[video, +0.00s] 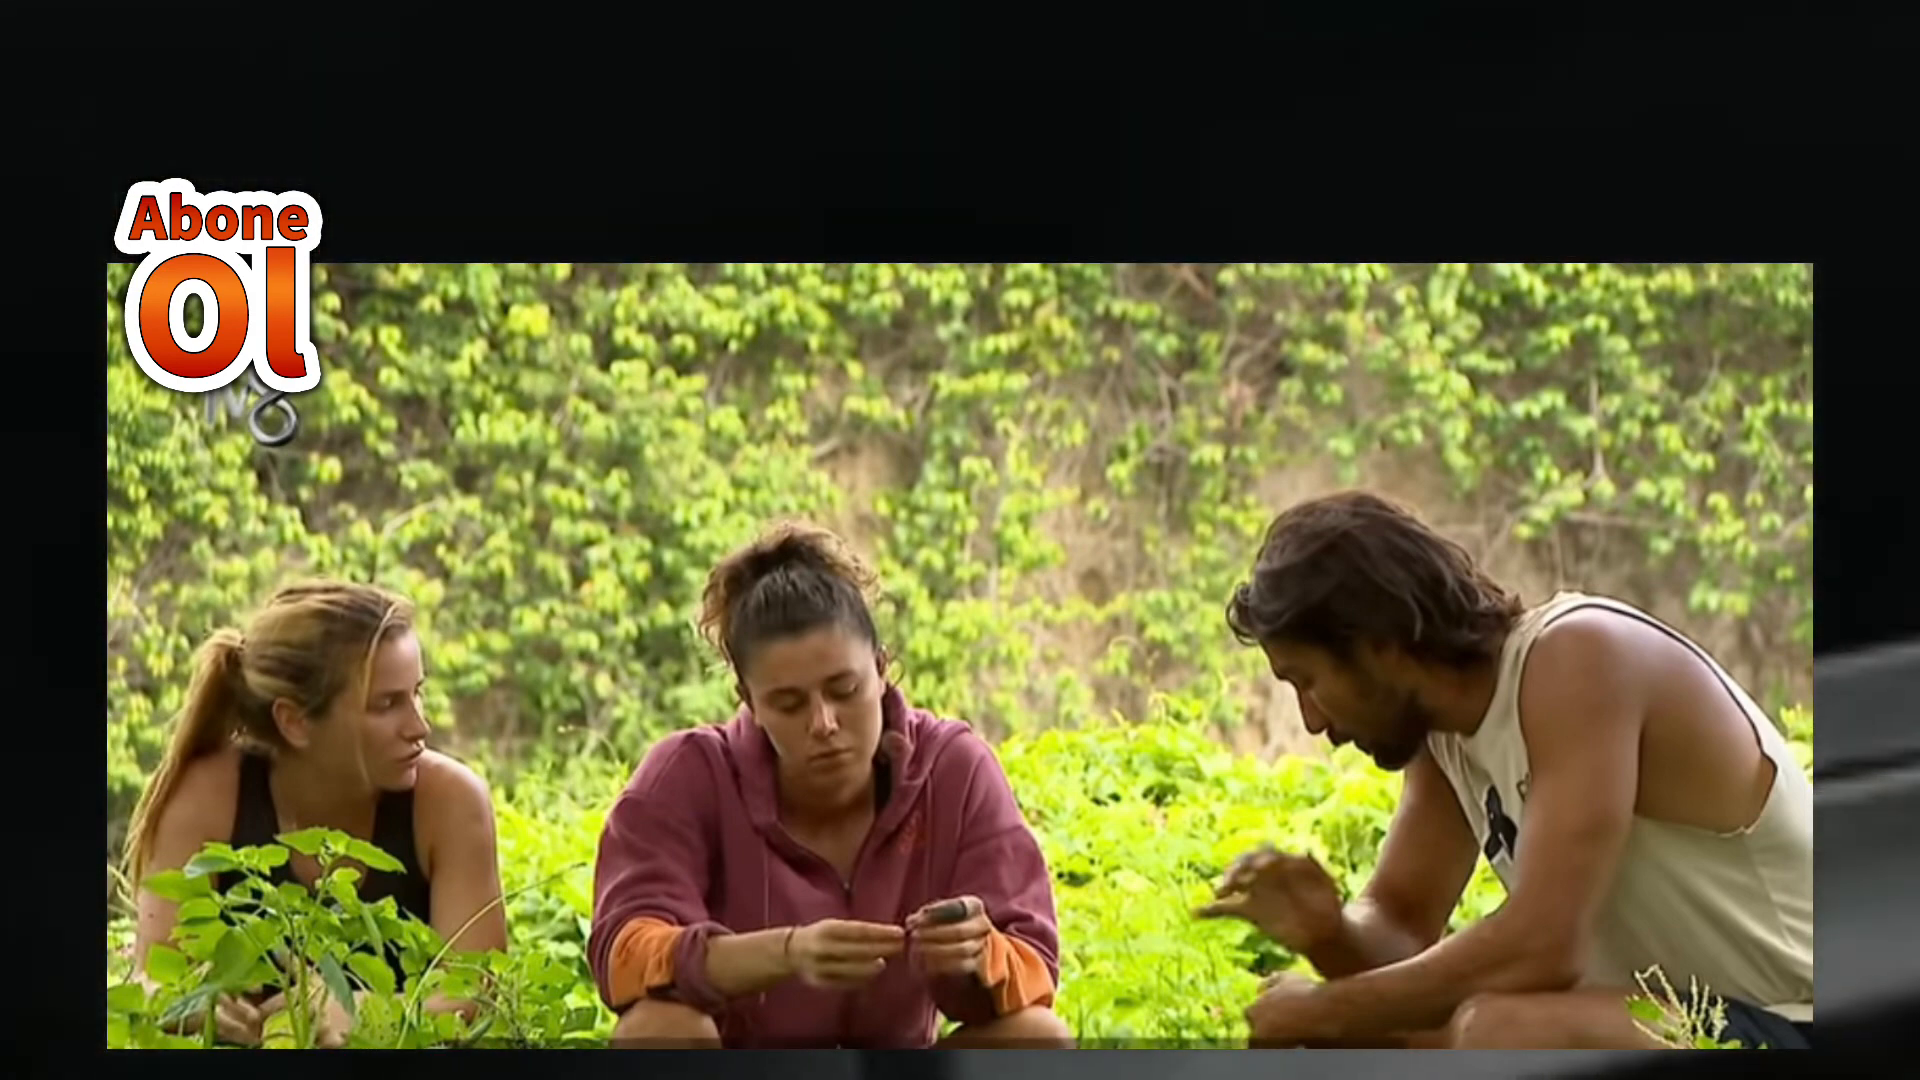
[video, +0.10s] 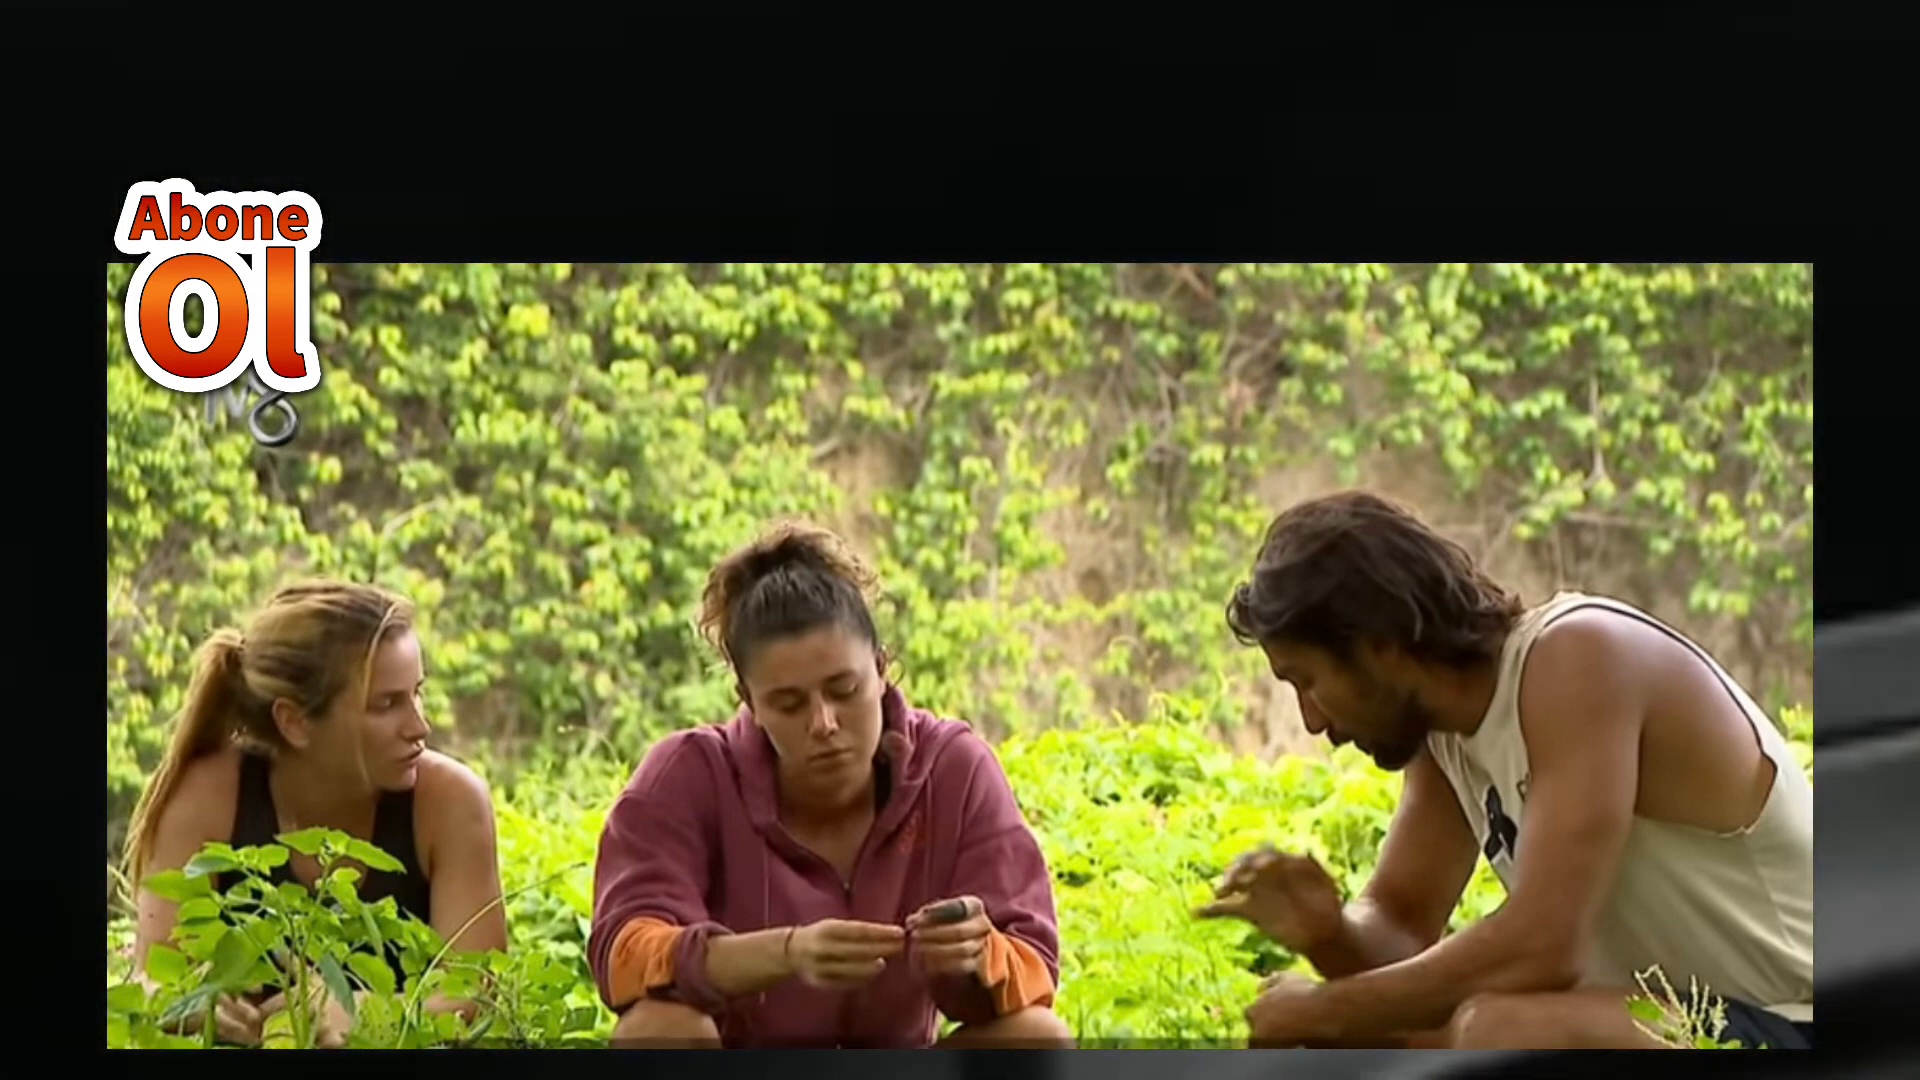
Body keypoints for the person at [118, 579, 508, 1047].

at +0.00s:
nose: (420, 725)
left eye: (417, 695)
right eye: (388, 705)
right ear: (295, 722)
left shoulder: (451, 799)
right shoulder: (205, 792)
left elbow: (470, 1001)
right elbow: (152, 984)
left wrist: (354, 1013)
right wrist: (200, 1009)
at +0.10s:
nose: (420, 725)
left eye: (417, 695)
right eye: (388, 705)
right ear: (295, 723)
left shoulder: (451, 800)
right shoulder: (206, 792)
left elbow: (470, 1002)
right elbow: (152, 983)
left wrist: (354, 1013)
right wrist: (199, 1008)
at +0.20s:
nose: (420, 725)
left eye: (417, 695)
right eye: (388, 705)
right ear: (295, 722)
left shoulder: (451, 799)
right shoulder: (206, 792)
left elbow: (470, 1001)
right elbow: (152, 984)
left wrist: (354, 1012)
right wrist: (199, 1009)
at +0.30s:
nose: (420, 725)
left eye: (417, 695)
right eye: (388, 705)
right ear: (295, 723)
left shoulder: (451, 799)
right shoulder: (206, 792)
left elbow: (471, 1002)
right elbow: (153, 982)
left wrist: (354, 1013)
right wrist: (199, 1008)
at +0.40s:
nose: (420, 725)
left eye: (417, 695)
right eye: (388, 705)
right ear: (295, 722)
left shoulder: (451, 799)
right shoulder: (205, 792)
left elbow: (470, 1001)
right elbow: (153, 984)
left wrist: (354, 1013)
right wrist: (199, 1009)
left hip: (384, 1059)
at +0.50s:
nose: (420, 725)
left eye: (417, 695)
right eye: (388, 705)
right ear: (295, 722)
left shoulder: (451, 799)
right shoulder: (205, 792)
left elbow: (470, 1001)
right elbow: (153, 984)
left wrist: (354, 1014)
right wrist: (200, 1009)